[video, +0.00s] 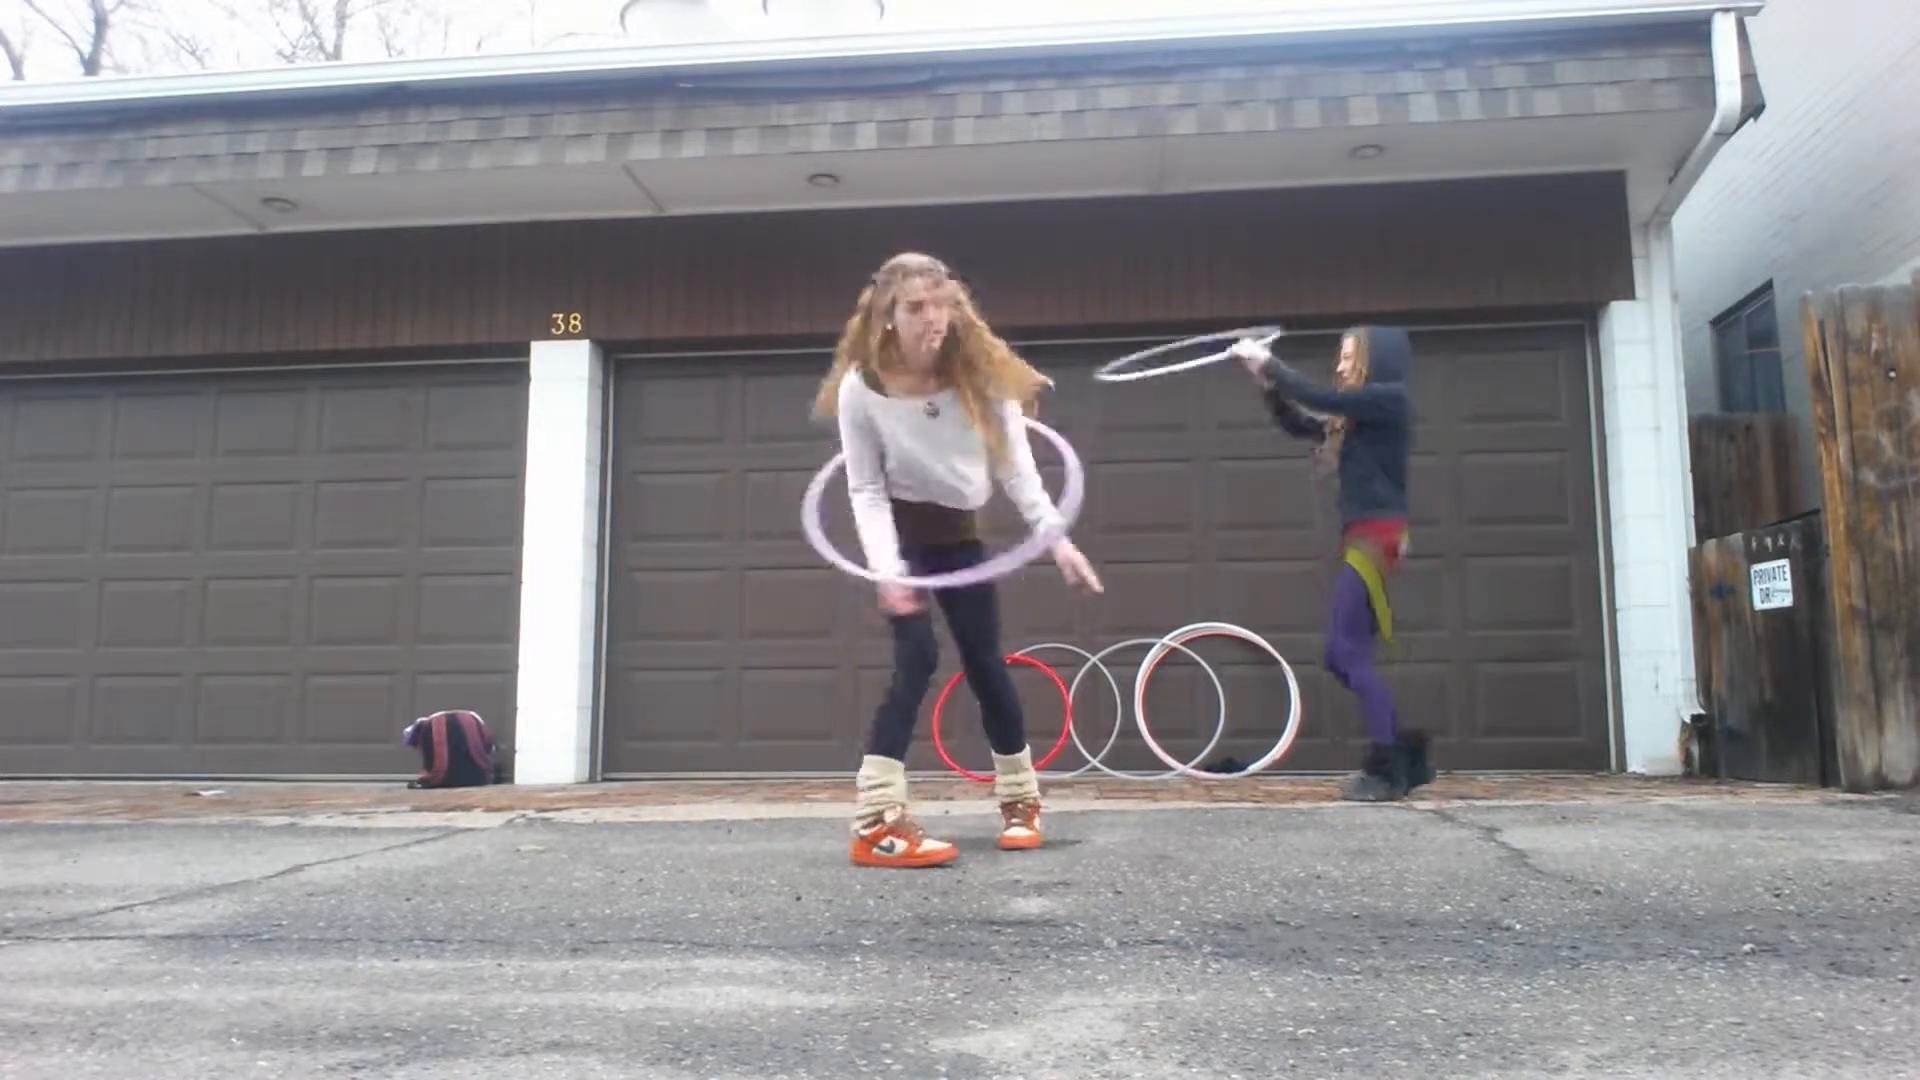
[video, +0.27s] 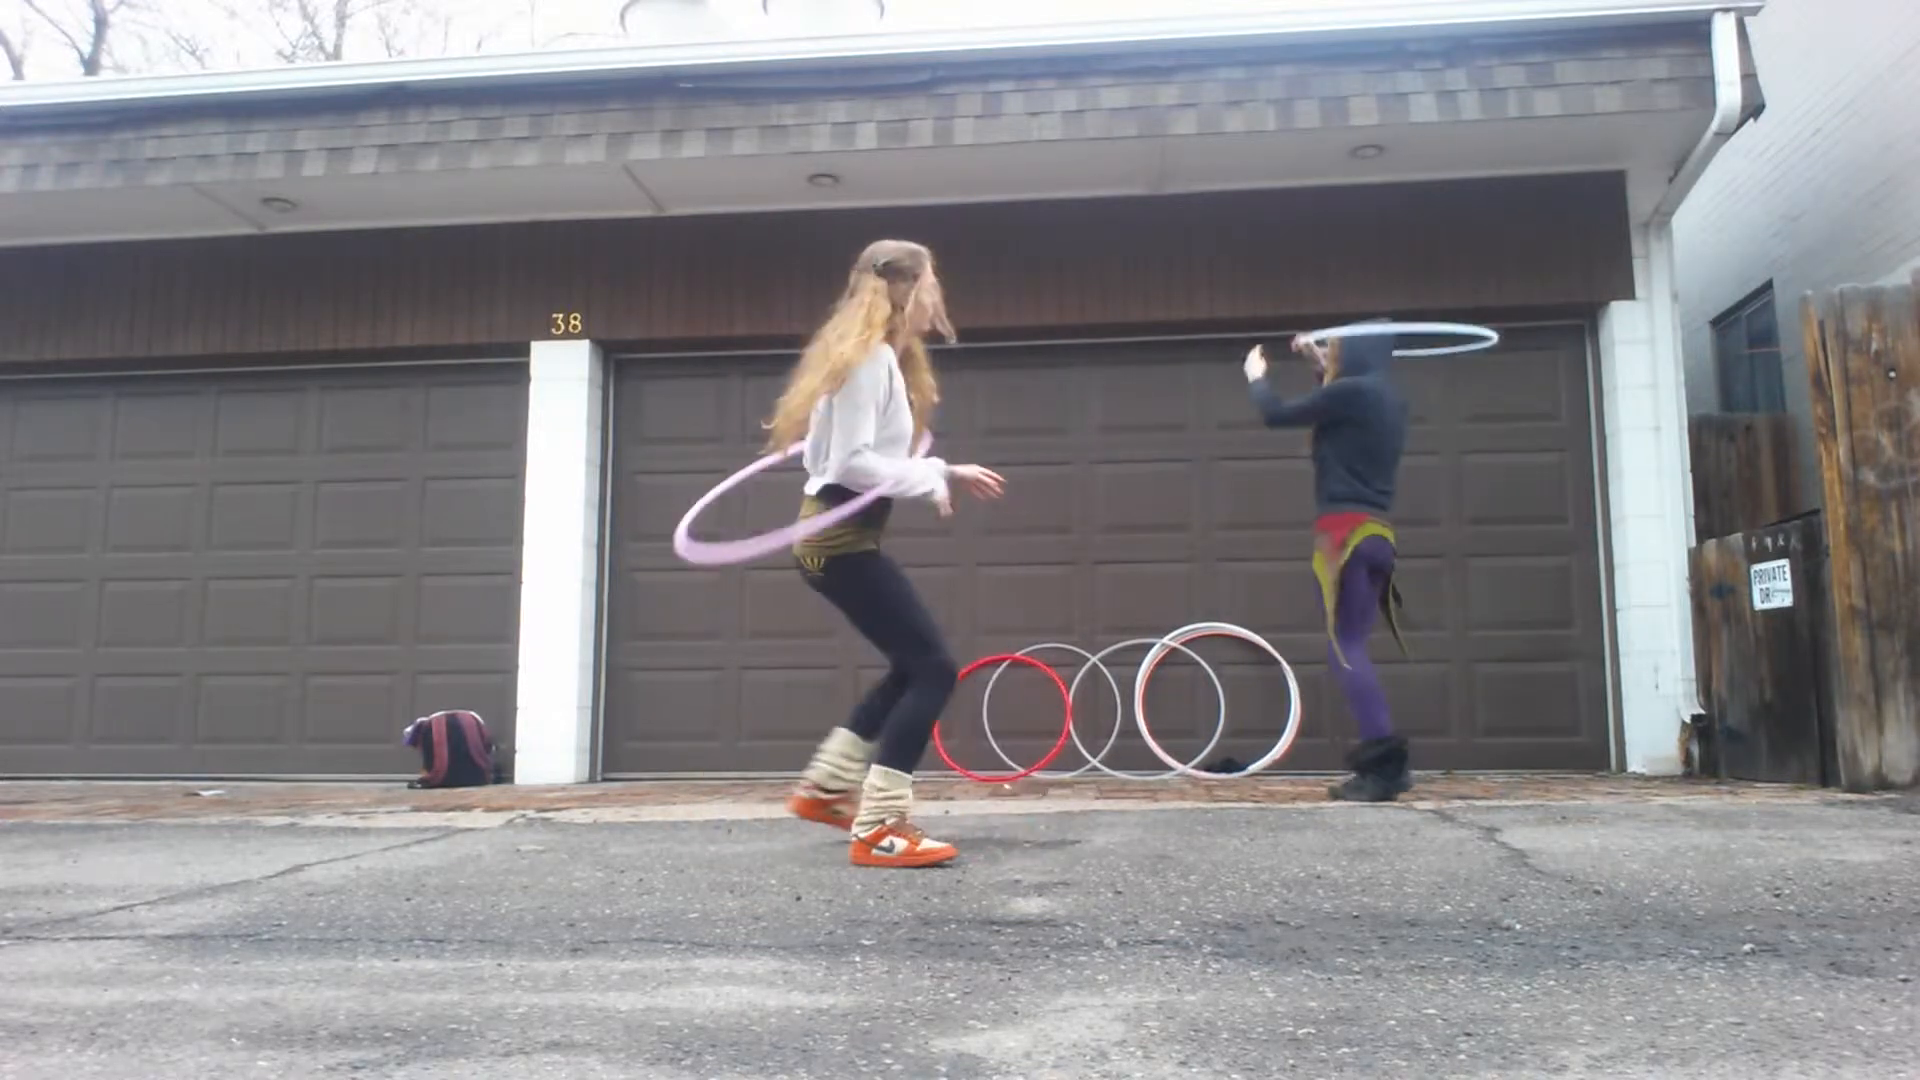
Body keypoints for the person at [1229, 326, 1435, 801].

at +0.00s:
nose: (1341, 366)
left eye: (1349, 358)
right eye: (1341, 358)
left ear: (1374, 360)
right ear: (1361, 363)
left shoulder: (1390, 399)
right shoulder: (1360, 407)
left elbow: (1326, 399)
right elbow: (1304, 427)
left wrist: (1270, 366)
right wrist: (1270, 388)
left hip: (1377, 534)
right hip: (1361, 534)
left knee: (1348, 650)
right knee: (1337, 656)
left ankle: (1386, 762)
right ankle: (1404, 747)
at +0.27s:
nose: (1326, 361)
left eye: (1331, 353)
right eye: (1325, 353)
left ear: (1352, 356)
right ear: (1375, 358)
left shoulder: (1349, 393)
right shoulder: (1389, 399)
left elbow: (1275, 413)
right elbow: (1340, 402)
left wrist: (1256, 376)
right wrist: (1320, 361)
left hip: (1347, 535)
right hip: (1378, 535)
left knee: (1345, 650)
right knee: (1349, 649)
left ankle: (1384, 759)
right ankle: (1380, 758)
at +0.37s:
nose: (1322, 361)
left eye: (1328, 354)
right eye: (1324, 353)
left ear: (1343, 356)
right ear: (1376, 354)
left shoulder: (1340, 392)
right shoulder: (1395, 397)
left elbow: (1303, 441)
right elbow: (1364, 440)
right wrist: (1321, 407)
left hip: (1340, 535)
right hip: (1379, 534)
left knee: (1325, 644)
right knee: (1368, 647)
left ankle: (1373, 752)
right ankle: (1378, 761)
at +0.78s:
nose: (1295, 380)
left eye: (1299, 371)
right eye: (1295, 371)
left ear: (1320, 366)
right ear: (1343, 366)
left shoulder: (1317, 402)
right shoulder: (1370, 422)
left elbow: (1274, 448)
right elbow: (1385, 496)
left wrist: (1234, 488)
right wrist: (1397, 562)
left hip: (1317, 541)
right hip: (1358, 541)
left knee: (1299, 651)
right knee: (1358, 650)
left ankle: (1299, 760)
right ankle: (1379, 759)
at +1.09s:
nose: (1270, 368)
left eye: (1276, 361)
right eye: (1270, 362)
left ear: (1295, 365)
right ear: (1310, 366)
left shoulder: (1306, 400)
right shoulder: (1300, 409)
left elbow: (1231, 378)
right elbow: (1295, 481)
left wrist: (1233, 363)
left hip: (1301, 537)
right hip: (1292, 537)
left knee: (1300, 648)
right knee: (1294, 652)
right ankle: (1302, 760)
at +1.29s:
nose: (1257, 370)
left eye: (1264, 364)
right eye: (1258, 363)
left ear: (1287, 370)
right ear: (1288, 373)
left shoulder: (1302, 406)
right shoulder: (1272, 417)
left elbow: (1233, 371)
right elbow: (1249, 479)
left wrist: (1254, 344)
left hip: (1283, 537)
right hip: (1258, 537)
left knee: (1284, 651)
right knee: (1223, 640)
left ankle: (1300, 762)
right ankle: (1302, 704)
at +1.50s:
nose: (1242, 379)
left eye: (1251, 372)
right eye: (1242, 373)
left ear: (1274, 376)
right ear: (1247, 379)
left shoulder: (1287, 413)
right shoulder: (1249, 422)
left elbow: (1216, 394)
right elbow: (1209, 462)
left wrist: (1230, 362)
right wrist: (1230, 413)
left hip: (1264, 545)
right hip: (1233, 542)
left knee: (1268, 652)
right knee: (1186, 626)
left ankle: (1295, 761)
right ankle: (1240, 705)